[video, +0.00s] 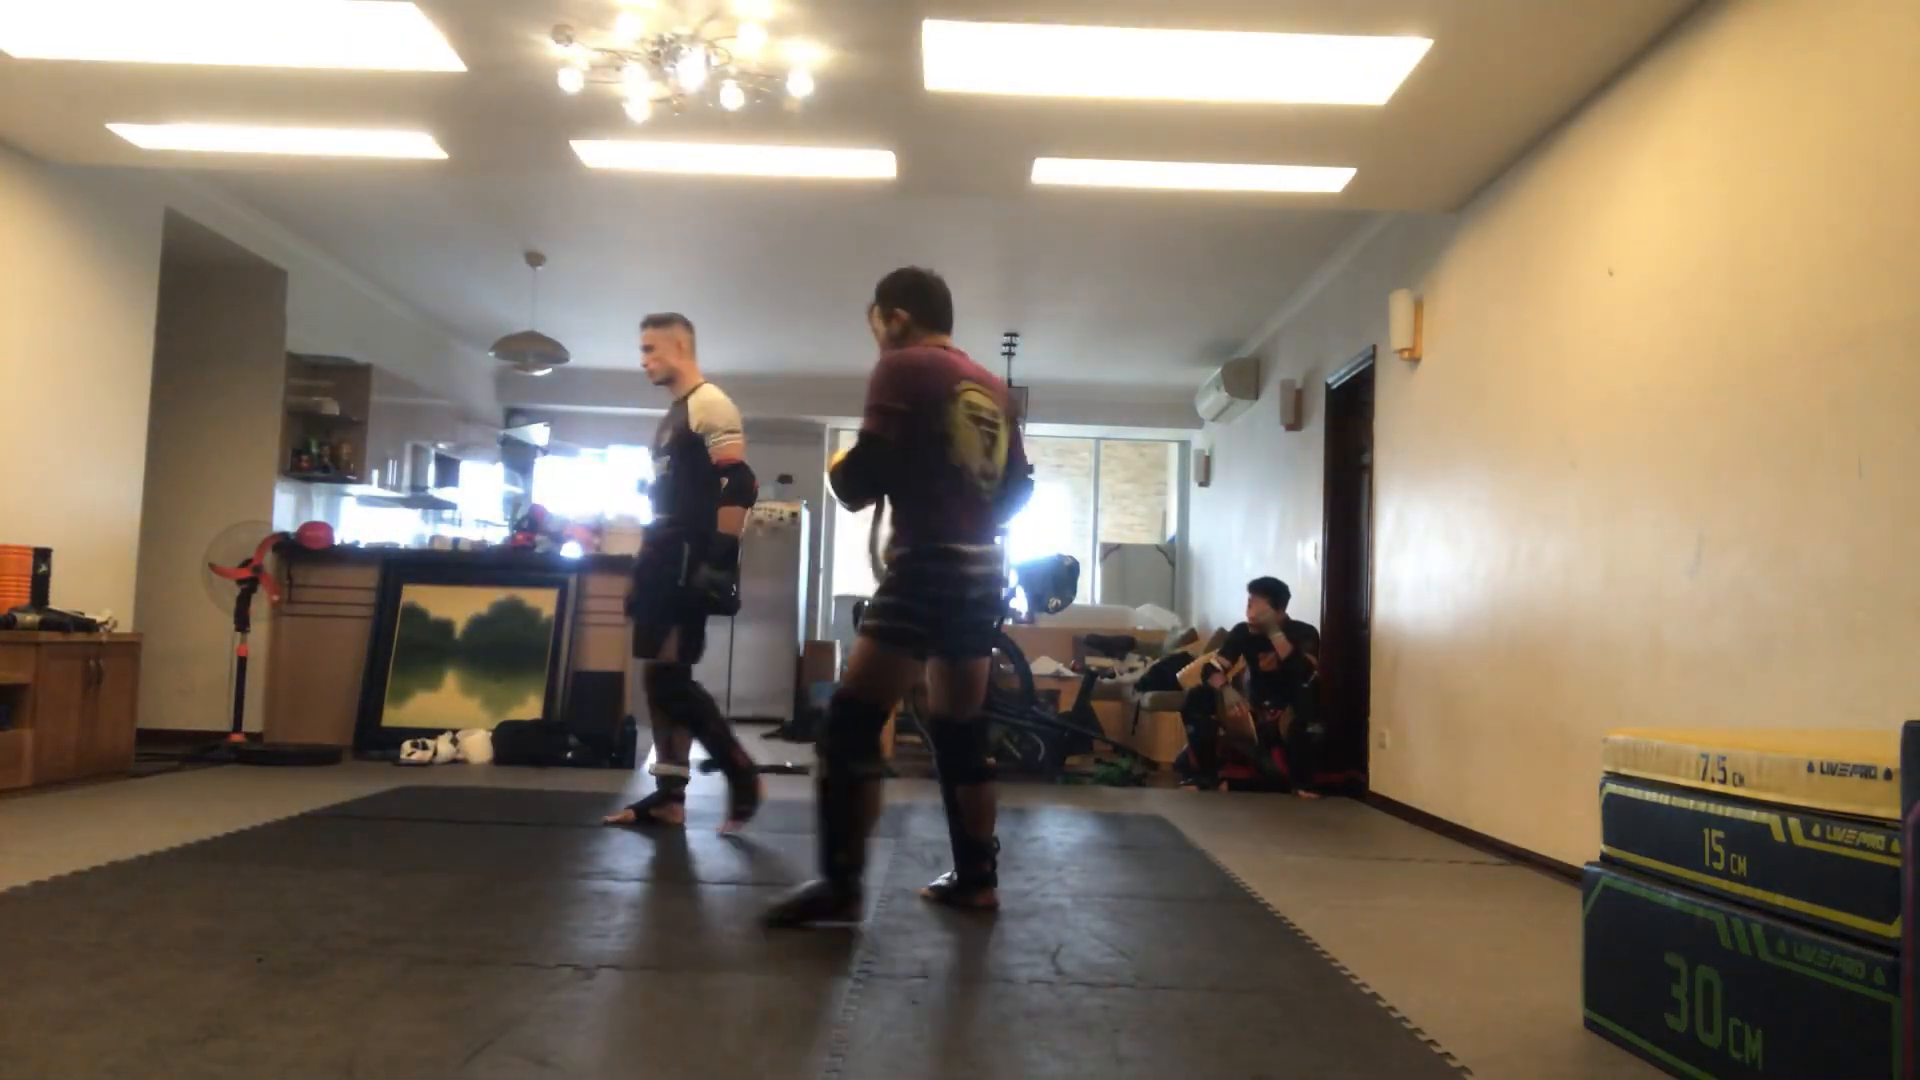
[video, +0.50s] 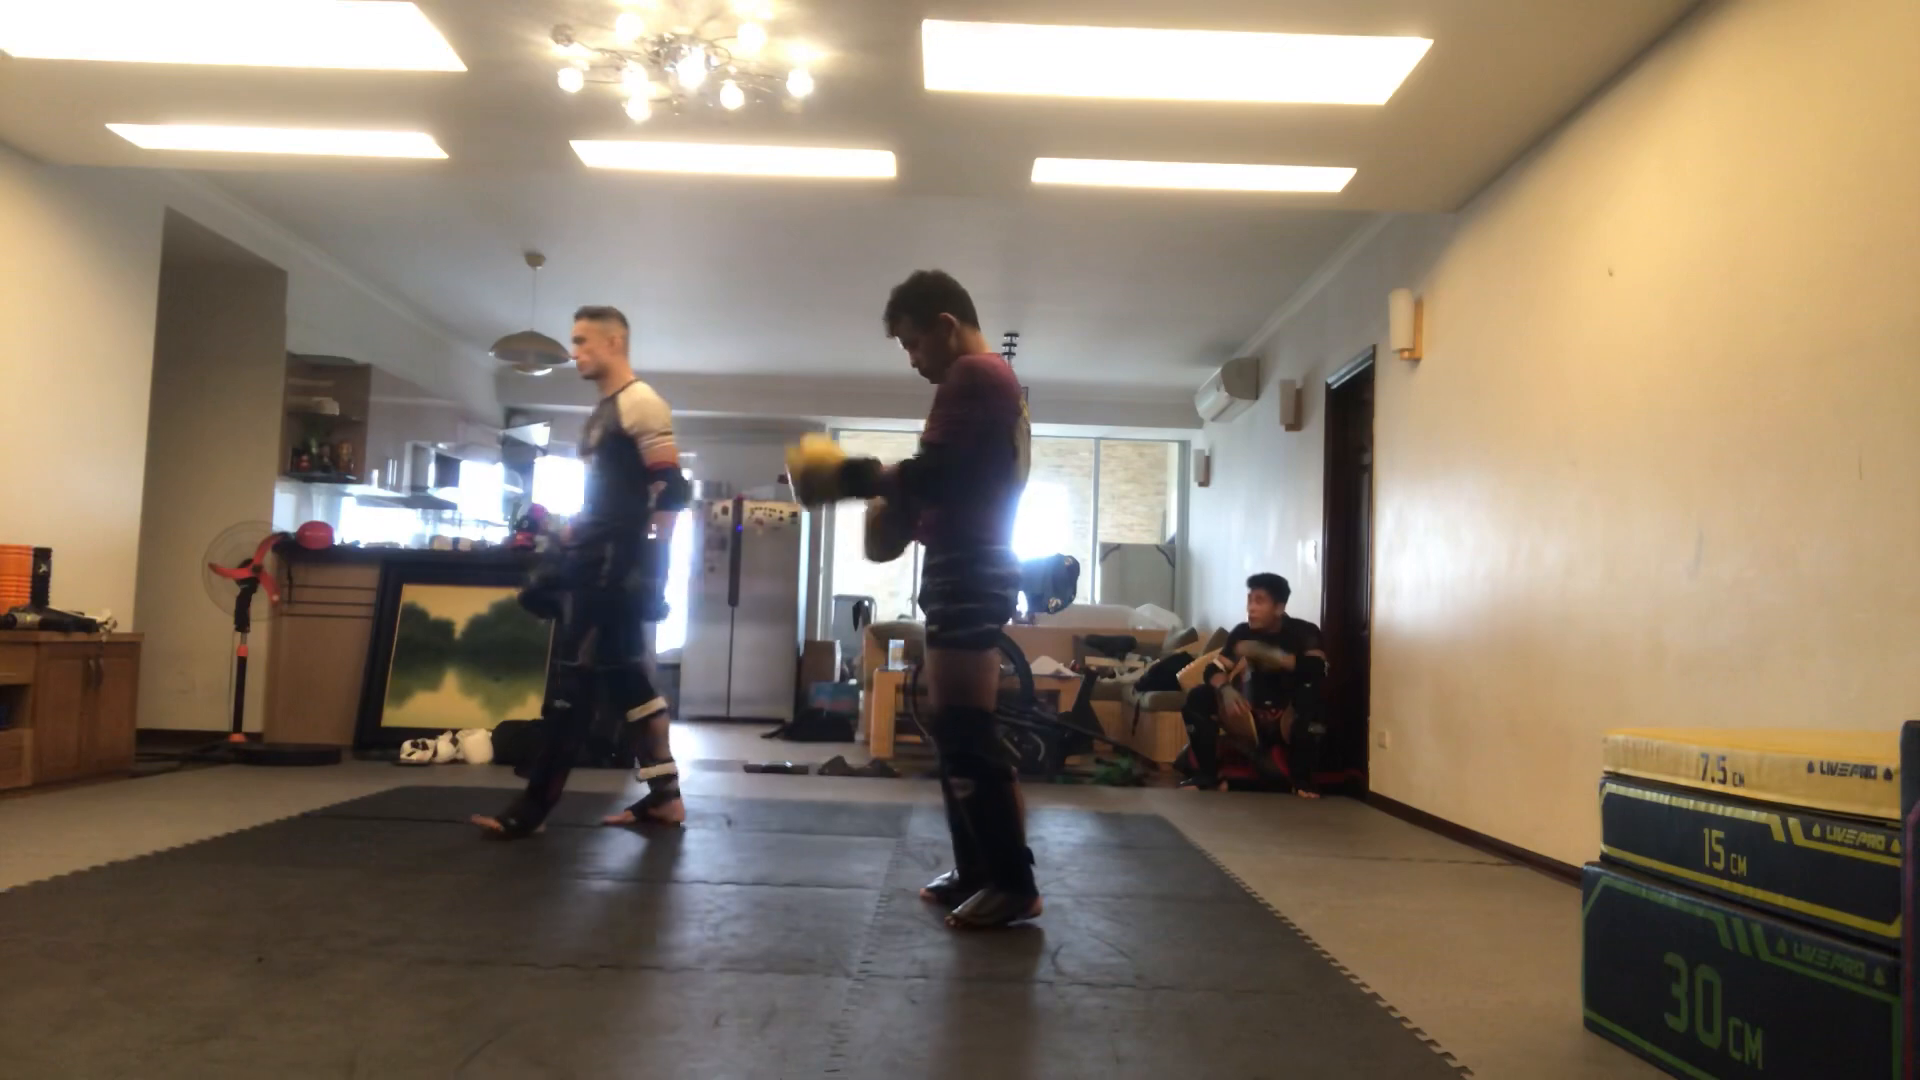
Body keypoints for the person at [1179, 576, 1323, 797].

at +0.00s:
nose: (1248, 611)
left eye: (1255, 604)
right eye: (1249, 604)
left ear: (1278, 610)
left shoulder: (1304, 632)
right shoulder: (1243, 632)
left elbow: (1304, 675)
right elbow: (1215, 667)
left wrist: (1273, 632)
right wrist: (1222, 686)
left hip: (1290, 712)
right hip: (1251, 712)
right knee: (1198, 698)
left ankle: (1302, 782)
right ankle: (1207, 776)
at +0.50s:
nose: (1250, 608)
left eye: (1259, 601)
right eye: (1250, 601)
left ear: (1279, 607)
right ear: (1247, 602)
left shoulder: (1304, 632)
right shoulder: (1241, 634)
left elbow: (1317, 668)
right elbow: (1215, 671)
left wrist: (1276, 658)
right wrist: (1226, 690)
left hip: (1287, 720)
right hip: (1245, 720)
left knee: (1311, 697)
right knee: (1198, 698)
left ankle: (1303, 781)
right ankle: (1207, 776)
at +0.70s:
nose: (1255, 605)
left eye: (1264, 599)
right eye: (1254, 598)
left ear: (1283, 604)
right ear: (1251, 599)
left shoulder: (1305, 631)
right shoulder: (1244, 632)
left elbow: (1312, 669)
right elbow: (1216, 669)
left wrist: (1269, 690)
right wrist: (1220, 684)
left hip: (1287, 719)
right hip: (1247, 718)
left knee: (1310, 698)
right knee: (1199, 697)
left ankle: (1302, 781)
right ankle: (1207, 777)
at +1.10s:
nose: (1280, 614)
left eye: (1286, 606)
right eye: (1273, 606)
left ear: (1294, 605)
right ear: (1258, 606)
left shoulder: (1307, 632)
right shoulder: (1246, 632)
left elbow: (1298, 677)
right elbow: (1218, 670)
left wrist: (1264, 707)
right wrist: (1242, 675)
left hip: (1288, 703)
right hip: (1244, 700)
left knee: (1311, 712)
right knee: (1199, 698)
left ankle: (1302, 781)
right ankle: (1208, 776)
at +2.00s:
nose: (1271, 605)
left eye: (1279, 598)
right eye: (1266, 598)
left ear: (1294, 601)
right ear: (1260, 601)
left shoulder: (1311, 630)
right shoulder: (1251, 630)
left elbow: (1305, 667)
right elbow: (1225, 665)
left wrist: (1273, 692)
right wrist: (1265, 669)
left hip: (1292, 716)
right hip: (1249, 717)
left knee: (1318, 696)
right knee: (1199, 696)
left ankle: (1304, 780)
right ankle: (1207, 775)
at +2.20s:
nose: (1268, 604)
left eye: (1276, 598)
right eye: (1264, 598)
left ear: (1294, 601)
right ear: (1259, 600)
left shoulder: (1311, 630)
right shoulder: (1251, 632)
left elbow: (1325, 661)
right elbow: (1214, 663)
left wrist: (1274, 679)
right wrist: (1238, 679)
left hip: (1292, 716)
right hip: (1249, 716)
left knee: (1316, 697)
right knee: (1200, 697)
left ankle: (1304, 781)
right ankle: (1208, 776)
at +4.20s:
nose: (1250, 613)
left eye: (1257, 608)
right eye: (1248, 606)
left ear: (1279, 611)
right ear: (1245, 604)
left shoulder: (1302, 630)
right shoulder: (1242, 632)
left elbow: (1324, 668)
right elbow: (1212, 668)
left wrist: (1277, 691)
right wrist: (1223, 690)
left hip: (1292, 715)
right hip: (1253, 713)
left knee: (1316, 703)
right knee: (1198, 698)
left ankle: (1306, 782)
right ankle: (1208, 776)